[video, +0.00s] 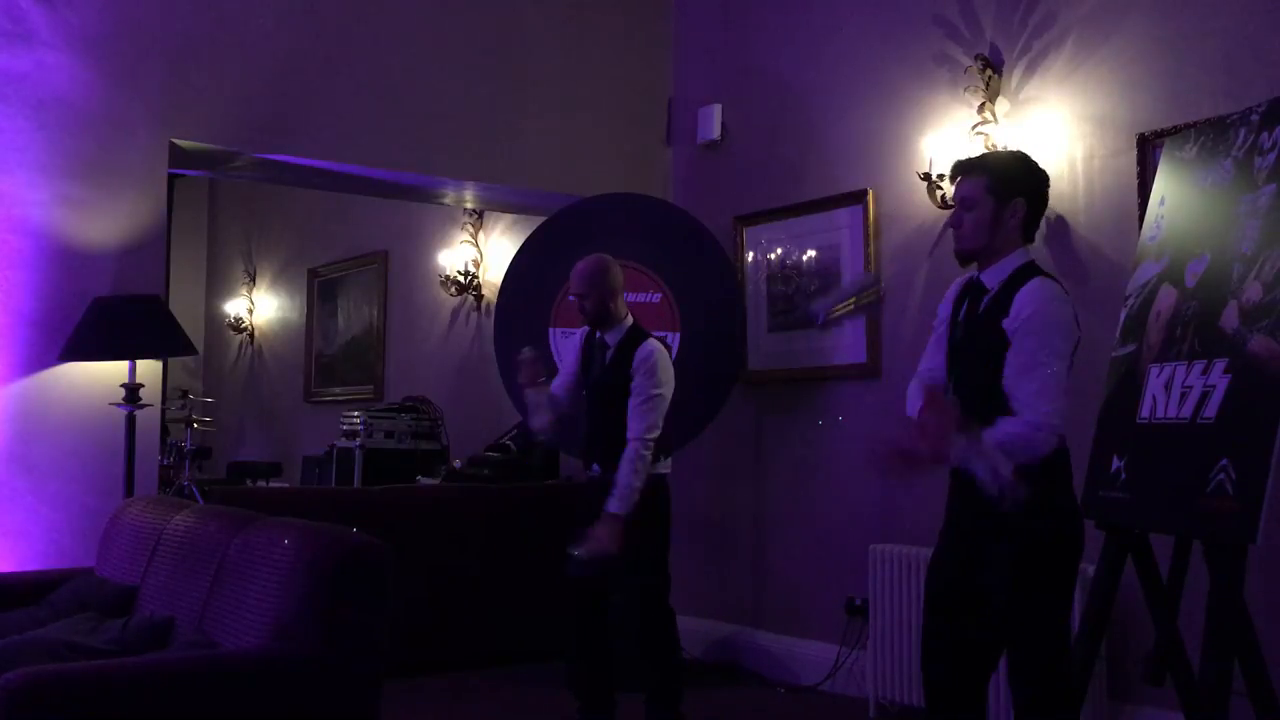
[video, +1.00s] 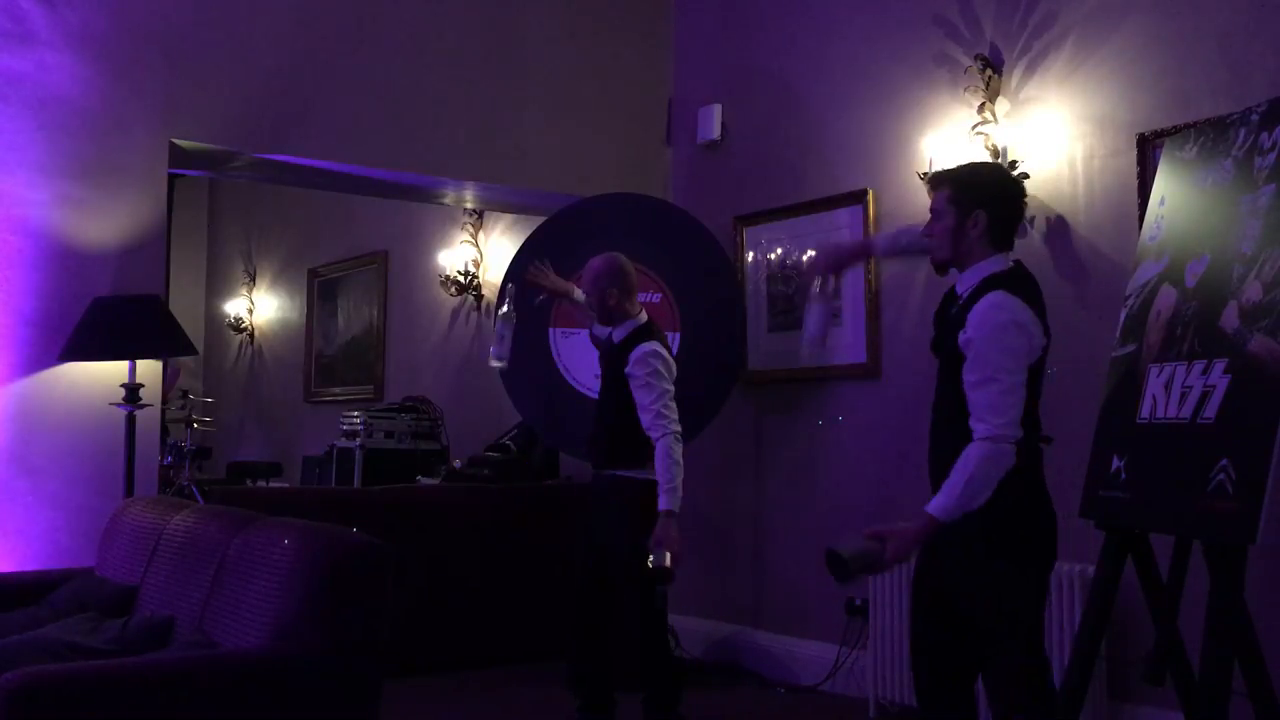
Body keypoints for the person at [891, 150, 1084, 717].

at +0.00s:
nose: (953, 218)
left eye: (968, 206)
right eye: (954, 205)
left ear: (1013, 215)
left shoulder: (1040, 300)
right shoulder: (960, 294)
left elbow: (1041, 428)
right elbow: (926, 381)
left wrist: (959, 444)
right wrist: (929, 420)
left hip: (1033, 503)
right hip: (973, 497)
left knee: (1038, 677)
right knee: (948, 667)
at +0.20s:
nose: (962, 210)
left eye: (979, 199)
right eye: (962, 199)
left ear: (1024, 210)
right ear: (959, 207)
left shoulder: (1057, 296)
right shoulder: (949, 303)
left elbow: (1097, 412)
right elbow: (923, 401)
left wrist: (993, 408)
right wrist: (888, 488)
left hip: (1041, 516)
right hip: (969, 513)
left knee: (1046, 689)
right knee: (953, 685)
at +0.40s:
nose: (960, 220)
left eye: (975, 206)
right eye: (961, 207)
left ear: (1021, 214)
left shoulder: (1062, 304)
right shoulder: (970, 299)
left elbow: (1027, 419)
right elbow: (914, 384)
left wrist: (934, 391)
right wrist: (841, 437)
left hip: (1041, 515)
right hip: (975, 510)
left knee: (1046, 689)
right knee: (954, 682)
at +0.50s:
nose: (957, 222)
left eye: (968, 207)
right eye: (959, 208)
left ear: (1011, 214)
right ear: (1004, 217)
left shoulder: (1054, 304)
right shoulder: (983, 294)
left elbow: (1037, 427)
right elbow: (925, 339)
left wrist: (929, 432)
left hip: (1034, 511)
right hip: (979, 504)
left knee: (1038, 679)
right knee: (956, 673)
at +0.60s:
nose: (953, 219)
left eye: (964, 206)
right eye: (955, 206)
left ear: (1004, 215)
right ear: (1002, 217)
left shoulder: (1040, 300)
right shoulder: (991, 286)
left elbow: (1045, 431)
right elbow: (923, 293)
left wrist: (941, 475)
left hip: (1027, 513)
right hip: (983, 507)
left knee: (1028, 677)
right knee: (957, 672)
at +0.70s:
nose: (947, 218)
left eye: (956, 206)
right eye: (949, 205)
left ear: (993, 215)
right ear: (995, 215)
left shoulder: (1025, 299)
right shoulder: (990, 281)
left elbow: (1038, 432)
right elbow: (943, 245)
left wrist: (953, 507)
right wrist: (902, 190)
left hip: (1017, 519)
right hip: (981, 512)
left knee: (1023, 684)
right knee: (958, 680)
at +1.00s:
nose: (926, 226)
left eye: (937, 216)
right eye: (930, 214)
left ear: (975, 225)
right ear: (975, 224)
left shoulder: (998, 310)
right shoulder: (979, 276)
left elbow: (994, 442)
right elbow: (929, 237)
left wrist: (920, 526)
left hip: (993, 515)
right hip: (975, 505)